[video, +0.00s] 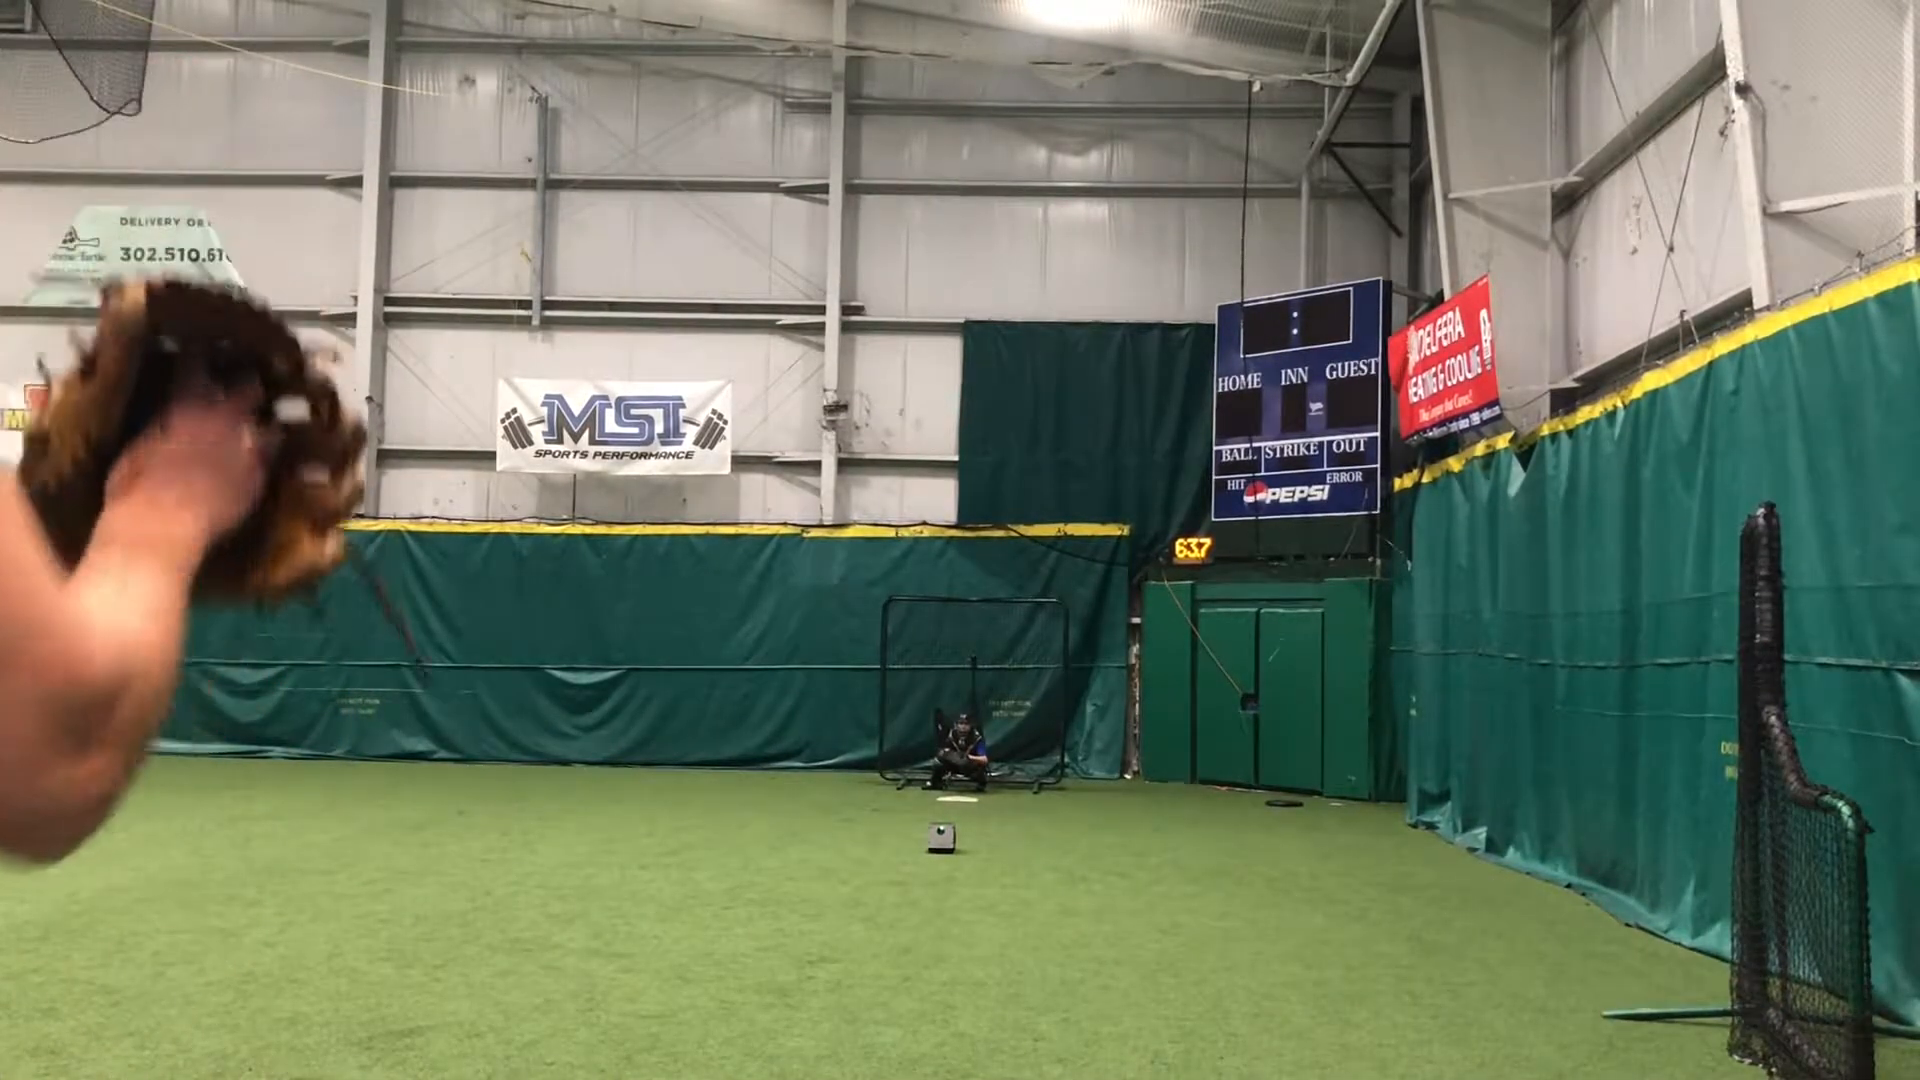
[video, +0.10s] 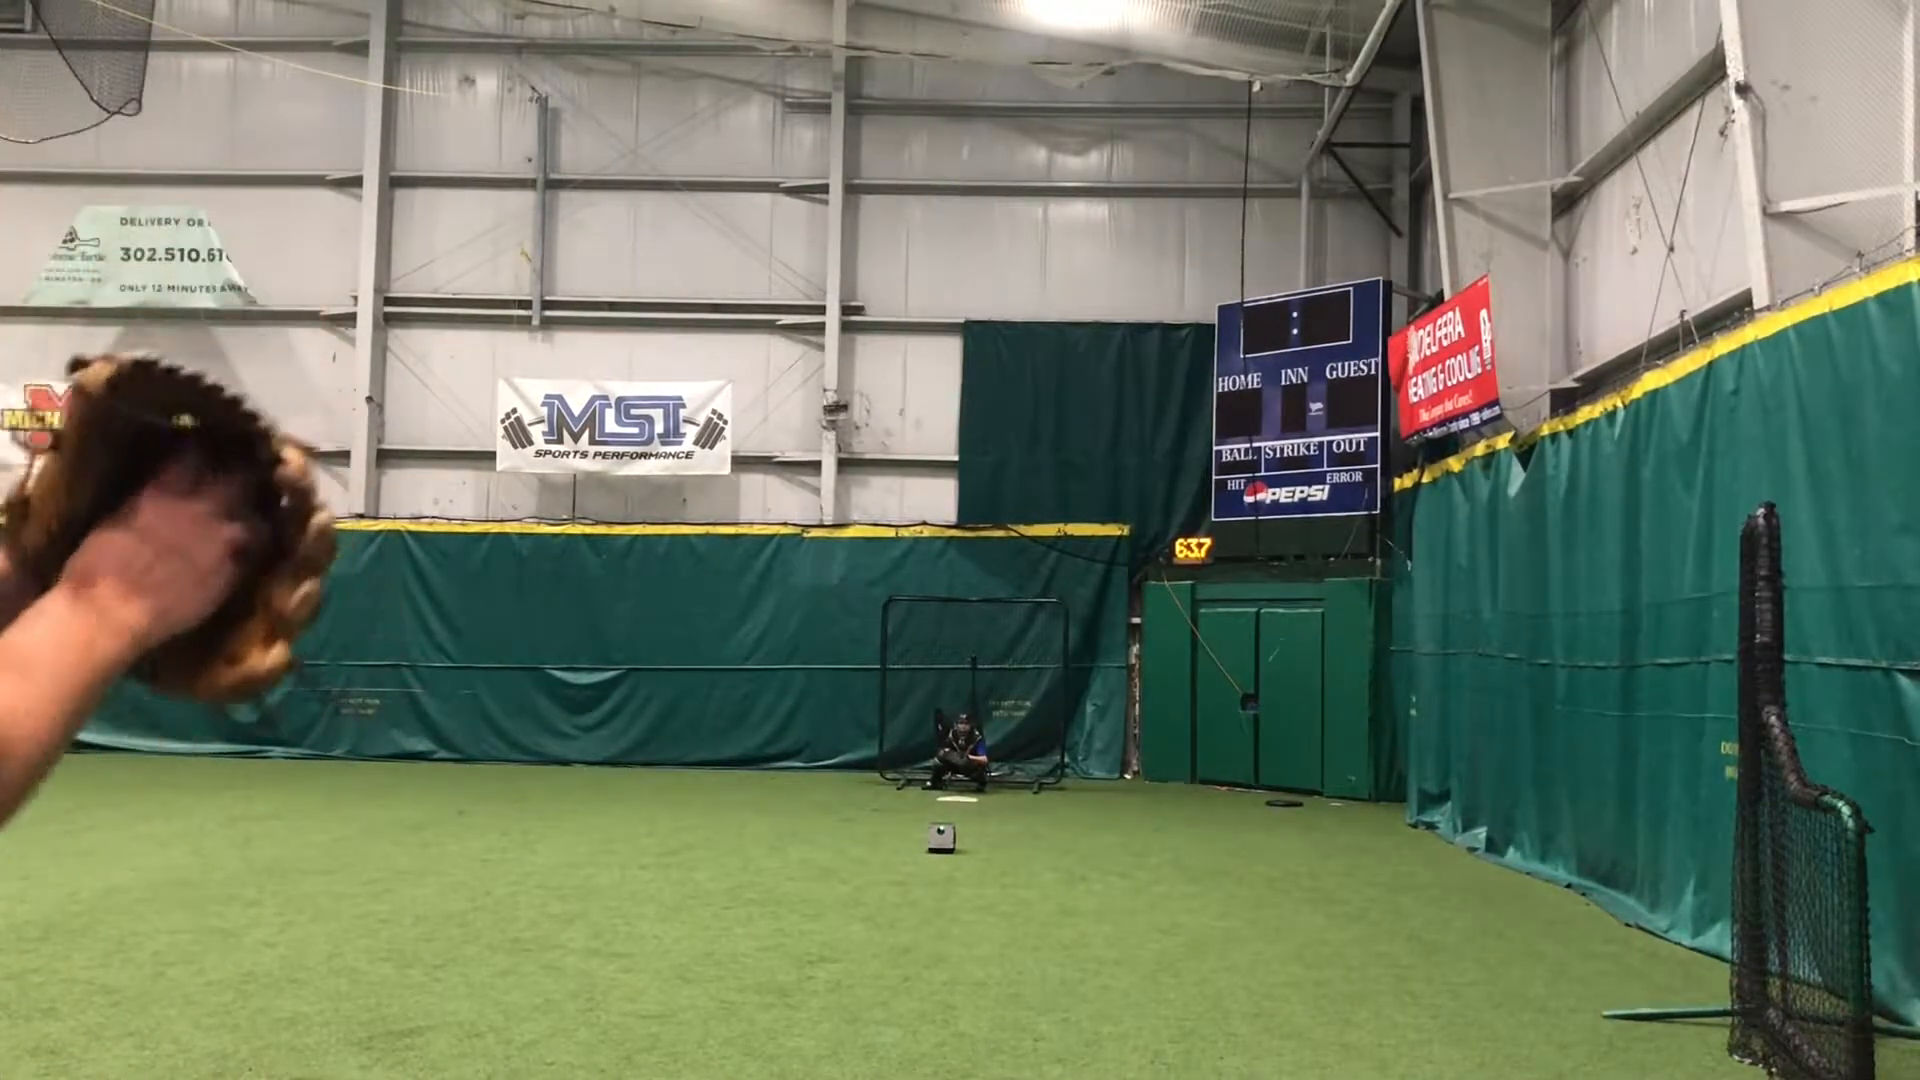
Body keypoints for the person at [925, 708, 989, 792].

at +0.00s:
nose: (963, 727)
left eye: (966, 724)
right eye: (960, 724)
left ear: (970, 726)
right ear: (956, 725)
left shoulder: (977, 738)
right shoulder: (951, 735)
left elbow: (984, 759)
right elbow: (943, 751)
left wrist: (969, 757)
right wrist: (952, 756)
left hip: (970, 763)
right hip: (954, 762)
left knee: (979, 773)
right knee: (939, 764)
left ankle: (981, 784)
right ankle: (936, 783)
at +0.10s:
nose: (963, 727)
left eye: (966, 724)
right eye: (960, 724)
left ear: (970, 726)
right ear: (956, 725)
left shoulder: (977, 738)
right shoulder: (951, 735)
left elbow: (984, 759)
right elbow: (942, 751)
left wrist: (969, 757)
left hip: (971, 764)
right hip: (954, 762)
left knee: (979, 773)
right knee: (939, 764)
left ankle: (981, 785)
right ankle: (936, 783)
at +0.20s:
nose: (963, 727)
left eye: (966, 724)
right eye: (960, 724)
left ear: (970, 726)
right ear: (956, 725)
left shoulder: (977, 738)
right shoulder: (951, 735)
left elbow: (984, 759)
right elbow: (942, 752)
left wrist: (970, 757)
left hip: (970, 764)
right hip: (954, 762)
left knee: (979, 773)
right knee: (939, 764)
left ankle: (981, 785)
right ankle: (936, 783)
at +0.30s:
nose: (963, 727)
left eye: (966, 724)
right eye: (960, 724)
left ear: (970, 726)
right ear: (956, 725)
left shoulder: (977, 739)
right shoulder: (951, 735)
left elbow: (984, 759)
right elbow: (944, 750)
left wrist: (970, 758)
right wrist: (952, 755)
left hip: (970, 765)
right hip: (954, 763)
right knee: (940, 762)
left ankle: (981, 784)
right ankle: (936, 782)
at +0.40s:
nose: (963, 727)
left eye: (966, 724)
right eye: (960, 724)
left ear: (970, 726)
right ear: (956, 725)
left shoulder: (977, 738)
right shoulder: (950, 735)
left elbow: (984, 759)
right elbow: (944, 750)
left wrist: (969, 757)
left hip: (970, 765)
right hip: (953, 764)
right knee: (941, 757)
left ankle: (981, 784)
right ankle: (936, 782)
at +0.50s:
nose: (962, 727)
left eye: (965, 724)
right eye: (960, 724)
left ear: (970, 726)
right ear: (955, 725)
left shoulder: (976, 739)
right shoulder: (950, 735)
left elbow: (983, 759)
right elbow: (944, 749)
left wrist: (967, 757)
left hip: (969, 764)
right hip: (953, 763)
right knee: (941, 756)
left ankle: (981, 784)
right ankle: (936, 782)